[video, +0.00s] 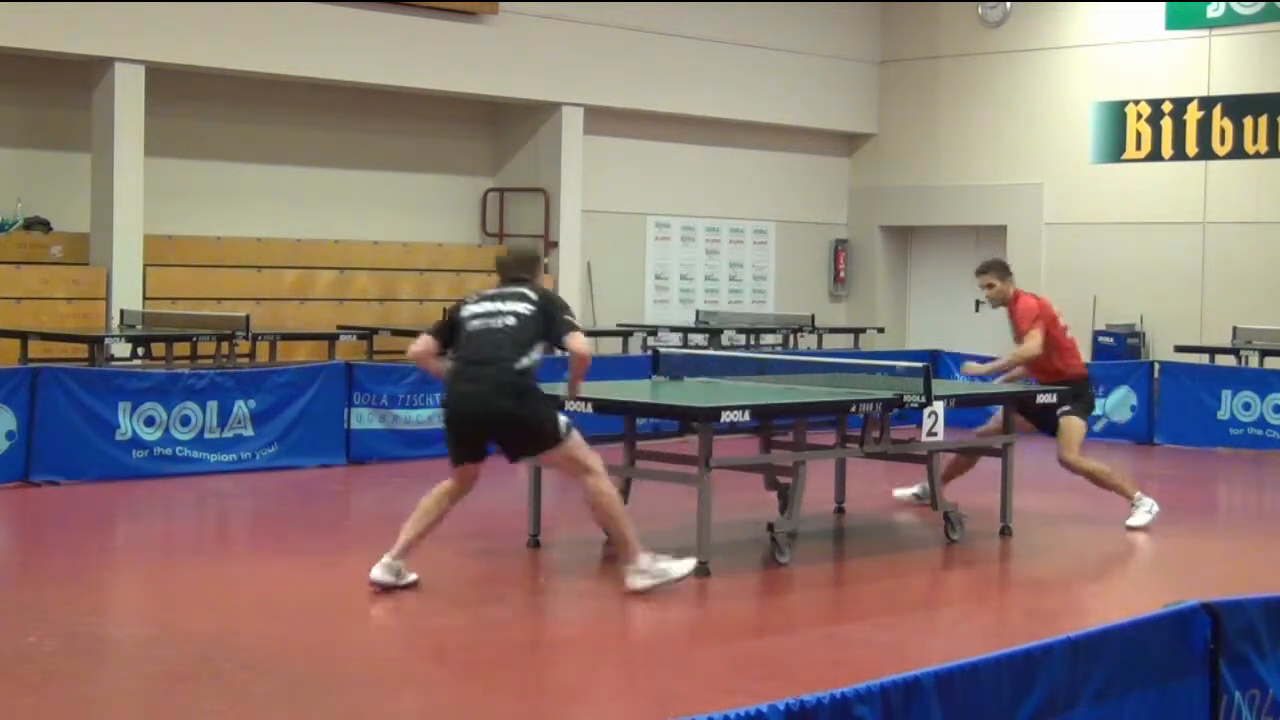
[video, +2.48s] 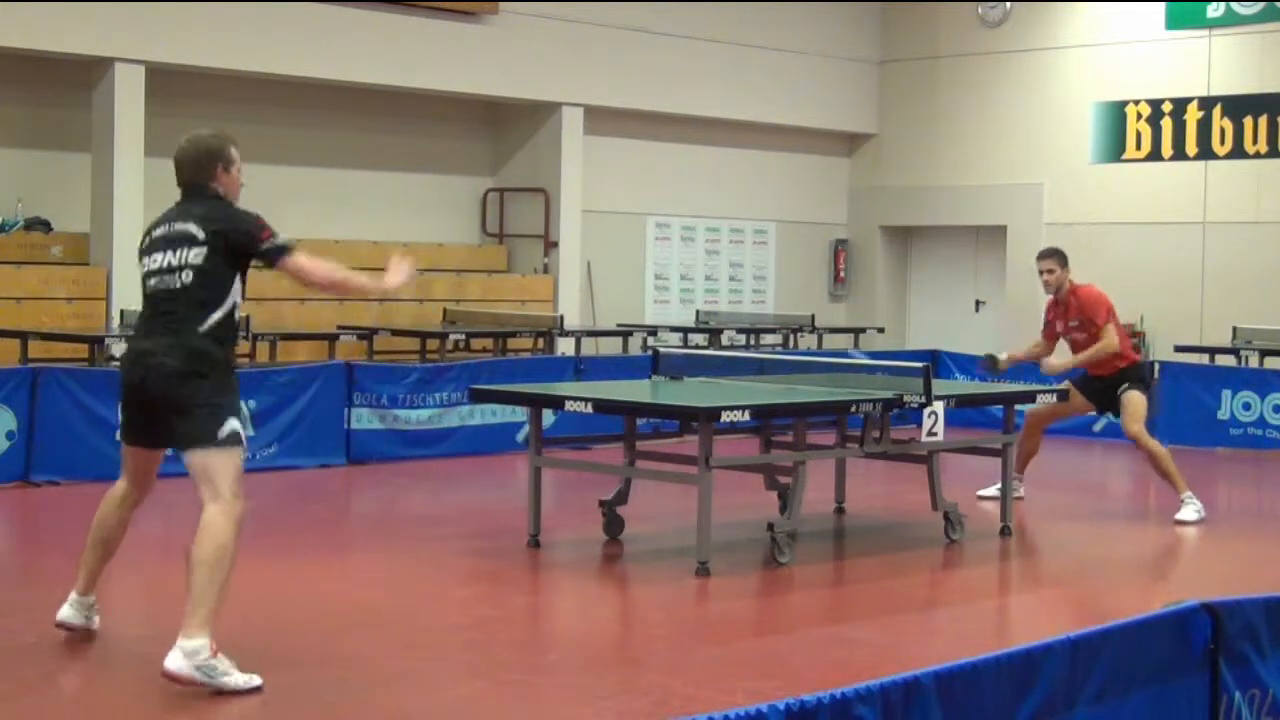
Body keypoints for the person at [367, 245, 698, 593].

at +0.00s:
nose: (546, 280)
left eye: (541, 275)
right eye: (545, 275)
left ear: (501, 275)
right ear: (538, 276)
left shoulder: (471, 304)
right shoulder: (545, 301)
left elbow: (419, 351)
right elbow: (581, 350)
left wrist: (454, 377)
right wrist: (575, 388)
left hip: (460, 399)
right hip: (511, 397)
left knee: (460, 479)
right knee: (590, 468)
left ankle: (390, 562)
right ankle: (639, 562)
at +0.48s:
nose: (449, 281)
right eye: (448, 276)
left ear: (401, 282)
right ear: (441, 281)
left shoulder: (382, 316)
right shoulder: (465, 317)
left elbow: (354, 377)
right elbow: (499, 391)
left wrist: (337, 433)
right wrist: (473, 423)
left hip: (398, 425)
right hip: (459, 425)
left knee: (340, 491)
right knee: (527, 509)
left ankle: (275, 578)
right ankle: (532, 575)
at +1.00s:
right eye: (523, 237)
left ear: (475, 245)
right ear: (520, 247)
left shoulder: (450, 272)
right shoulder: (539, 315)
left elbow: (410, 200)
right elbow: (577, 387)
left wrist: (463, 163)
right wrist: (631, 425)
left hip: (439, 421)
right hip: (506, 431)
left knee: (375, 475)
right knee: (559, 517)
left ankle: (336, 584)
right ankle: (569, 613)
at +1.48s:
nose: (400, 209)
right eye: (398, 204)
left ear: (348, 211)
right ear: (392, 209)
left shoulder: (316, 253)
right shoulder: (408, 260)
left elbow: (249, 304)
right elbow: (461, 336)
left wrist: (284, 323)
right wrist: (500, 378)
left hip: (308, 390)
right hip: (370, 390)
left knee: (292, 482)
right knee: (455, 491)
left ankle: (282, 605)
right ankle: (505, 606)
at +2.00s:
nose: (307, 263)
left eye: (305, 255)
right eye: (306, 255)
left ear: (254, 254)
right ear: (296, 256)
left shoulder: (216, 281)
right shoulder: (295, 292)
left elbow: (190, 349)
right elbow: (325, 383)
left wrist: (243, 388)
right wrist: (351, 416)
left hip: (154, 387)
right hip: (216, 393)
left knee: (146, 493)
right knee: (303, 498)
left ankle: (89, 609)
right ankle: (299, 635)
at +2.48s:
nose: (241, 177)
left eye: (239, 168)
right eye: (238, 169)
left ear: (187, 178)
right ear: (221, 174)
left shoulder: (157, 228)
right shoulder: (231, 221)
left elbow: (164, 301)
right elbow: (315, 274)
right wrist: (383, 283)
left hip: (140, 367)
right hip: (197, 372)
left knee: (131, 485)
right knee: (223, 501)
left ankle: (79, 600)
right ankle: (194, 646)